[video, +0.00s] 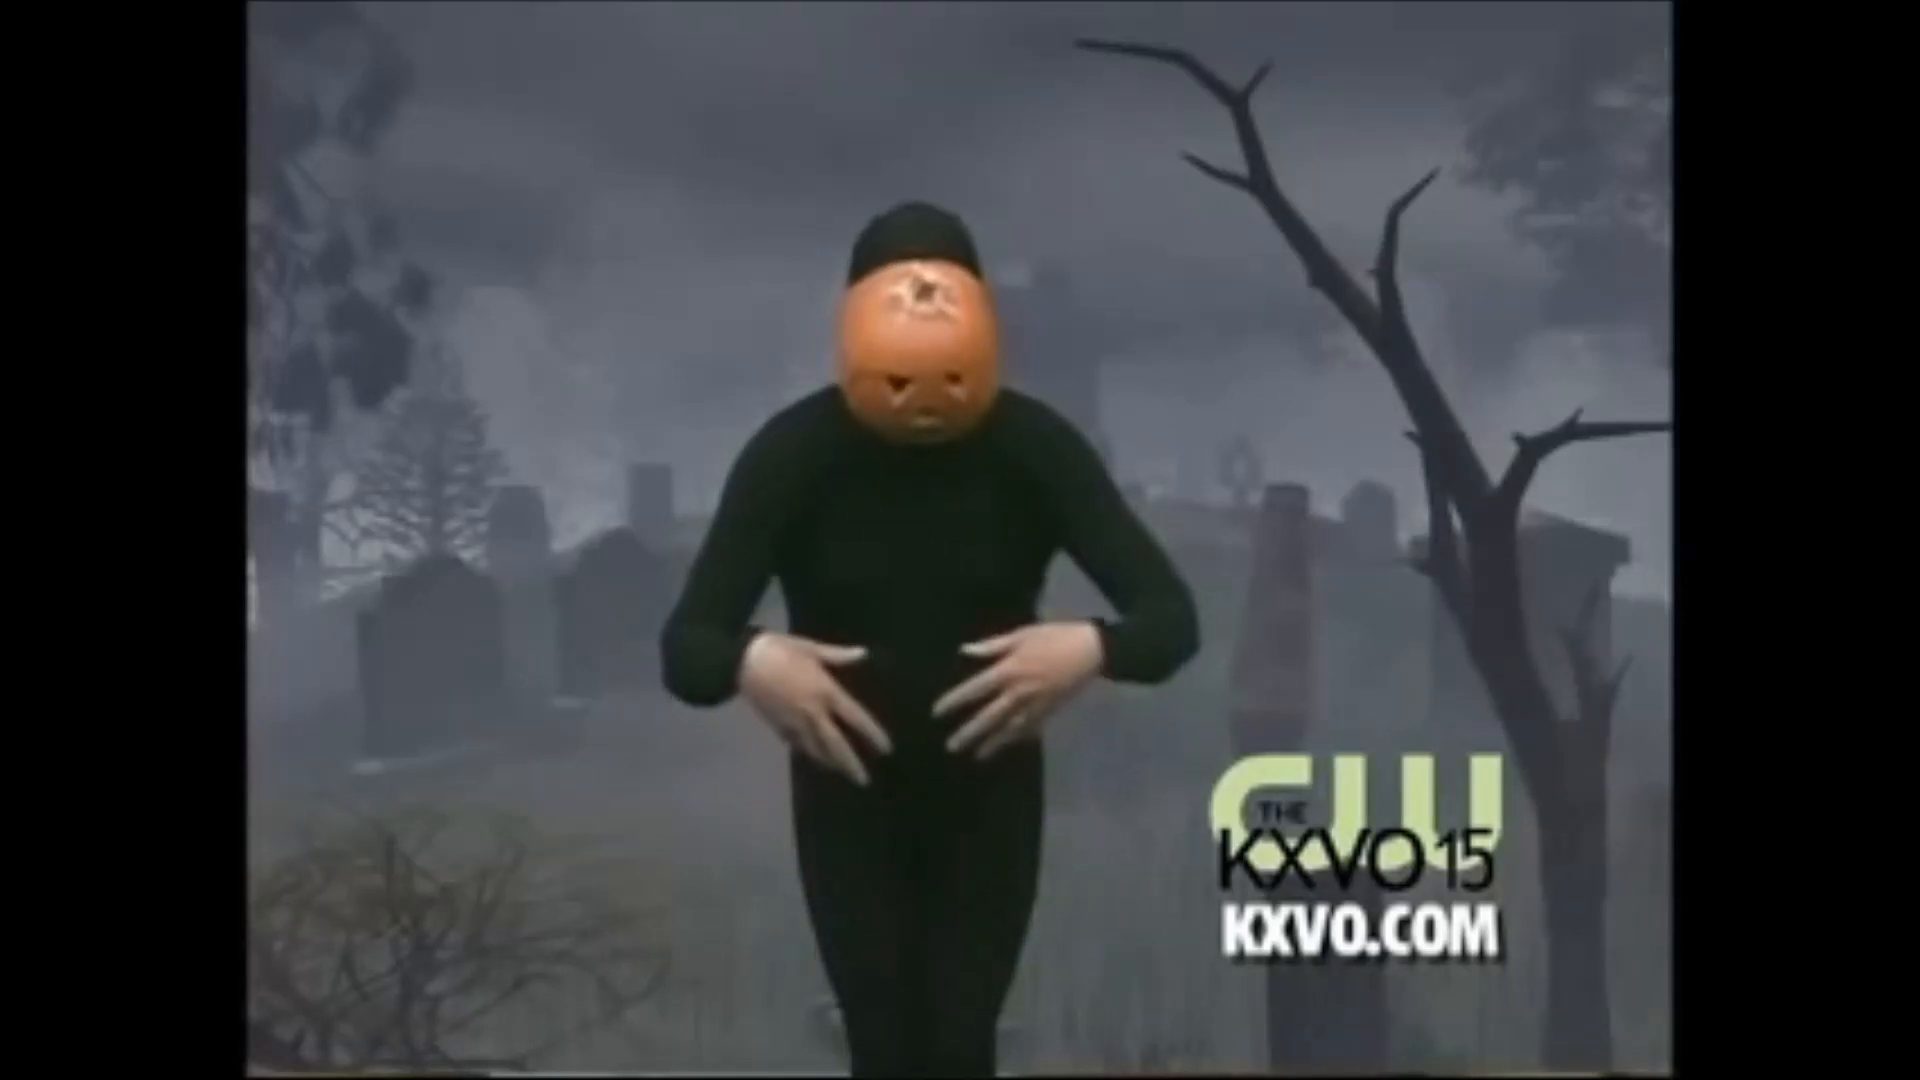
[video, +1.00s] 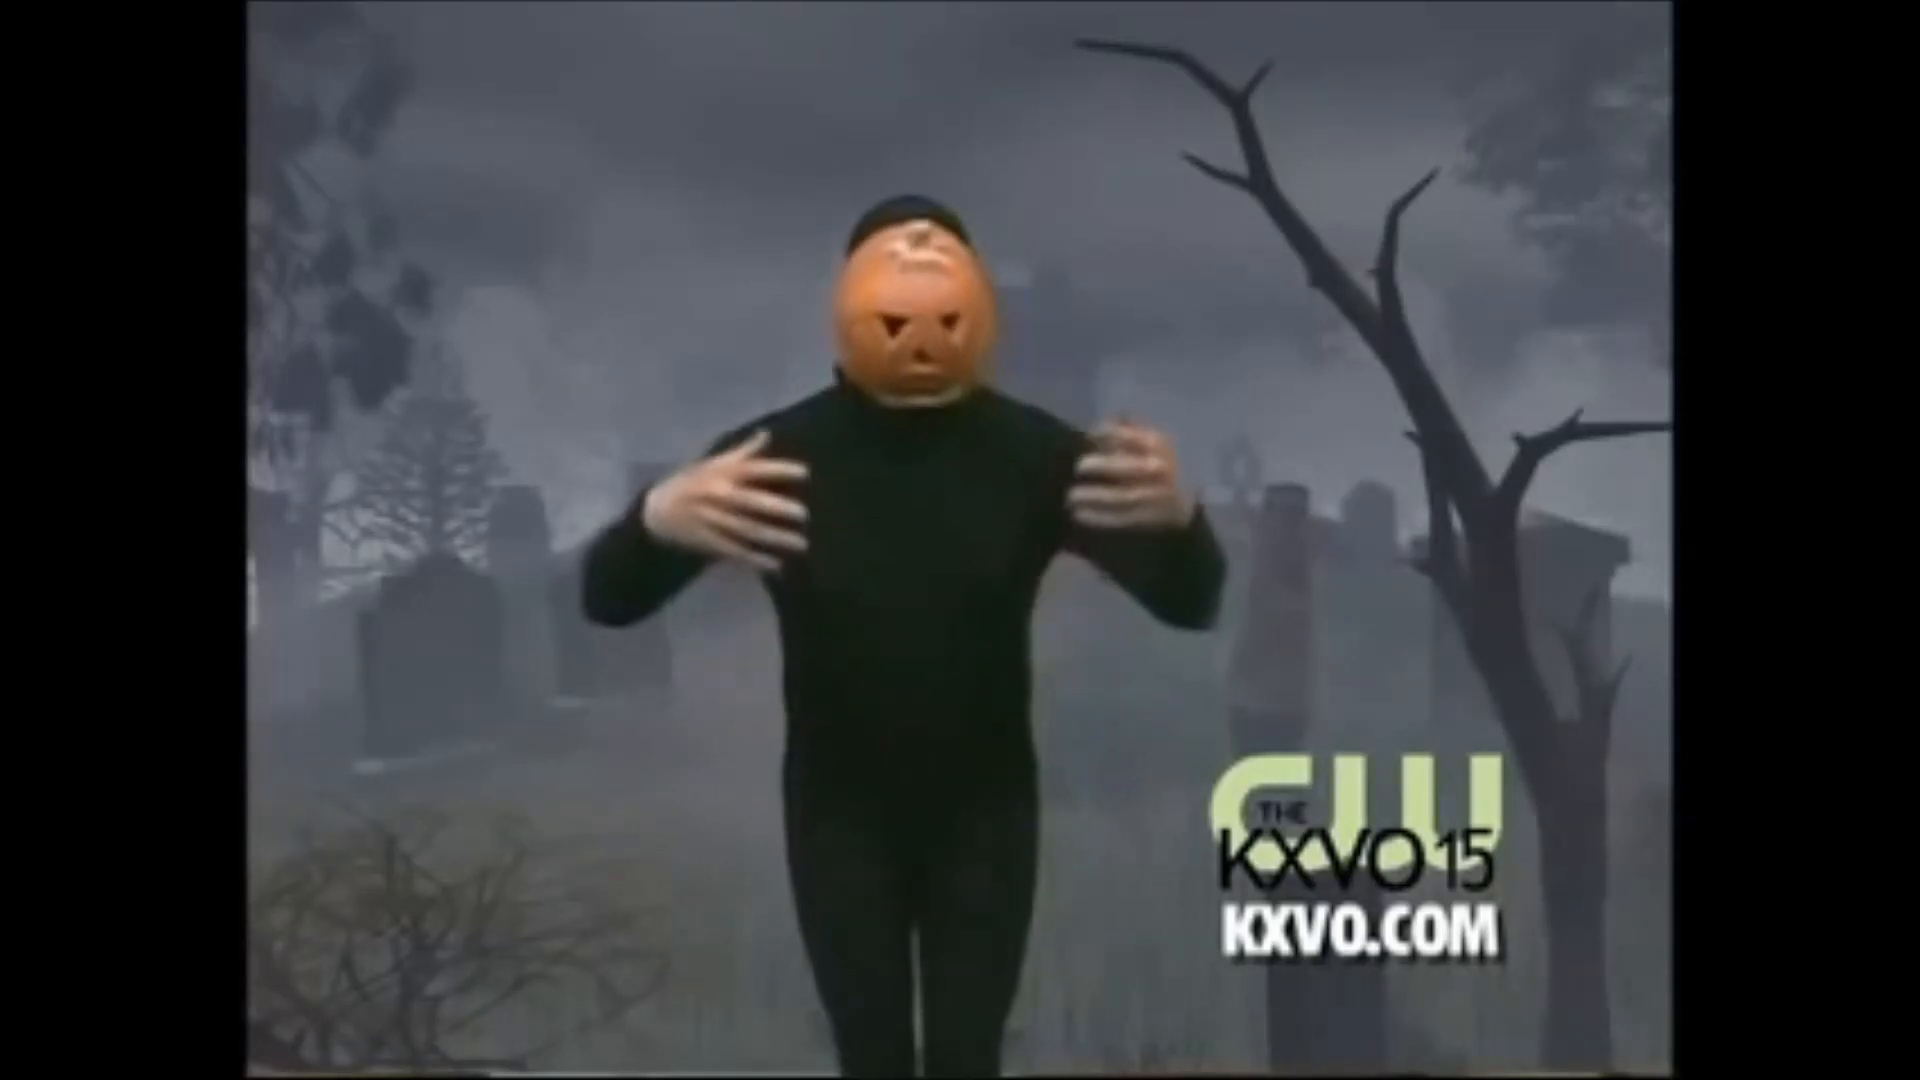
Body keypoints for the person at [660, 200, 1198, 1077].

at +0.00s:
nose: (920, 304)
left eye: (945, 290)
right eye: (895, 290)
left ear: (990, 326)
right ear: (845, 323)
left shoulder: (1035, 448)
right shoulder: (794, 453)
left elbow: (1172, 625)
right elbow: (688, 653)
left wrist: (1093, 645)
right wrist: (750, 660)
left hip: (989, 786)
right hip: (845, 790)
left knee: (959, 1042)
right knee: (884, 1042)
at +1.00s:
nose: (924, 339)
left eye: (949, 312)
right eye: (891, 310)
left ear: (984, 317)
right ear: (841, 317)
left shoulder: (1034, 454)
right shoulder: (783, 453)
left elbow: (1190, 601)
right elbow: (609, 597)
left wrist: (1180, 520)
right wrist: (654, 523)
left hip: (984, 806)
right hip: (841, 808)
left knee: (968, 1054)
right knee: (871, 1053)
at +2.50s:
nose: (926, 297)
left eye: (951, 281)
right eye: (893, 279)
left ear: (989, 316)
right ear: (838, 316)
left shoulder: (1050, 440)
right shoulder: (755, 450)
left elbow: (1236, 444)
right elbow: (560, 480)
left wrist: (1297, 319)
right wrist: (500, 356)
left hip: (993, 829)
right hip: (830, 839)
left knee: (1053, 1063)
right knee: (853, 1070)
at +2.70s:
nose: (927, 293)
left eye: (953, 275)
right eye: (893, 273)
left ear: (989, 316)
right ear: (837, 312)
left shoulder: (1049, 437)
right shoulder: (754, 447)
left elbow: (1234, 425)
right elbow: (560, 458)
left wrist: (1305, 296)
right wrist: (490, 327)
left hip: (995, 832)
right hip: (830, 841)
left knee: (1067, 1064)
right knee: (849, 1069)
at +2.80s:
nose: (926, 293)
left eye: (952, 275)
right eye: (892, 272)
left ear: (988, 316)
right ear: (838, 314)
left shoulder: (1049, 436)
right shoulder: (756, 445)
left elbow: (1232, 416)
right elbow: (557, 443)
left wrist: (1306, 286)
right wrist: (490, 310)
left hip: (995, 834)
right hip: (829, 843)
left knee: (1071, 1065)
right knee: (848, 1070)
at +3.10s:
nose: (928, 281)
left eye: (953, 266)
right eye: (894, 261)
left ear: (987, 314)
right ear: (838, 311)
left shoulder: (1050, 430)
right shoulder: (758, 435)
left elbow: (1229, 391)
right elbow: (563, 405)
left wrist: (1303, 259)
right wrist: (492, 266)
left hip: (996, 835)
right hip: (830, 844)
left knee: (1081, 1060)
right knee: (839, 1063)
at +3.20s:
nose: (925, 259)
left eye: (951, 252)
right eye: (891, 248)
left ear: (986, 311)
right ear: (837, 311)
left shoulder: (1049, 427)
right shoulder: (758, 432)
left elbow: (1228, 385)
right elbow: (564, 395)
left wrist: (1302, 251)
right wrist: (493, 257)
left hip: (997, 835)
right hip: (831, 843)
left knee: (1082, 1066)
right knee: (839, 1069)